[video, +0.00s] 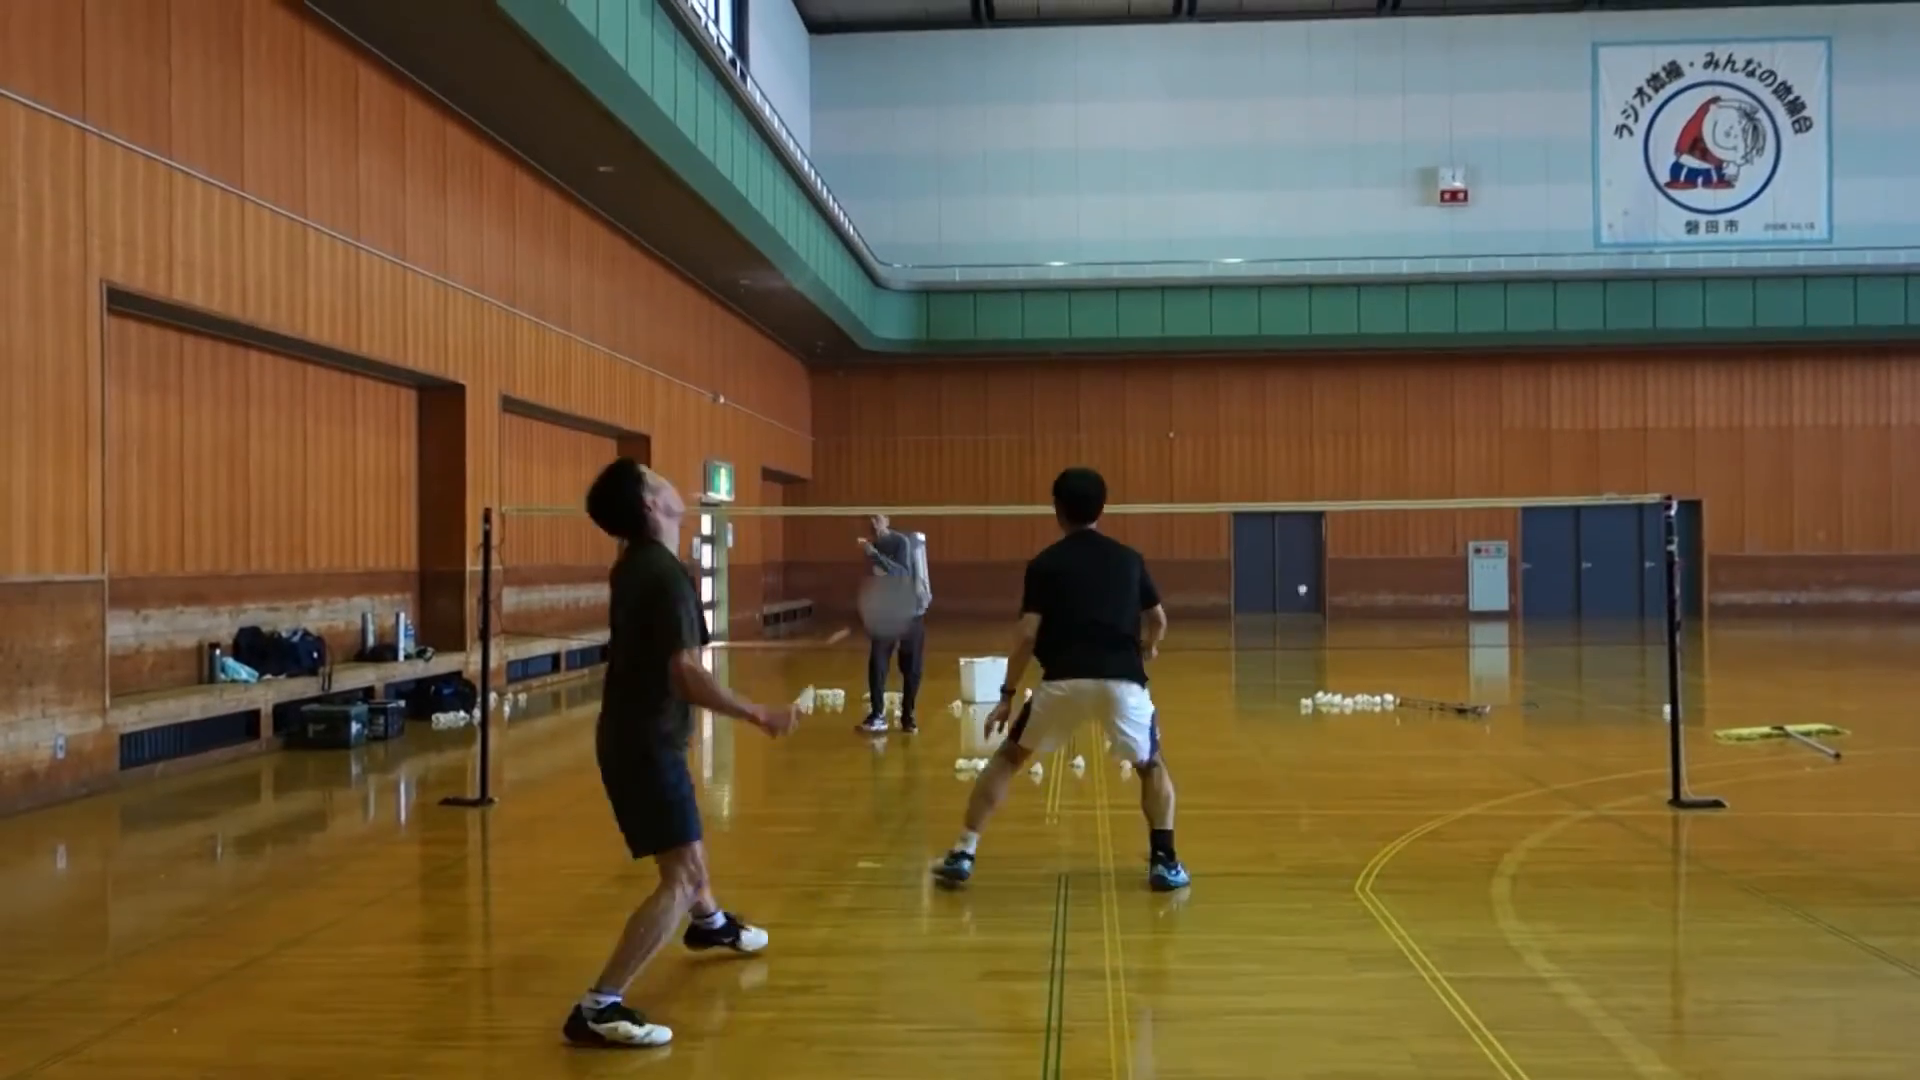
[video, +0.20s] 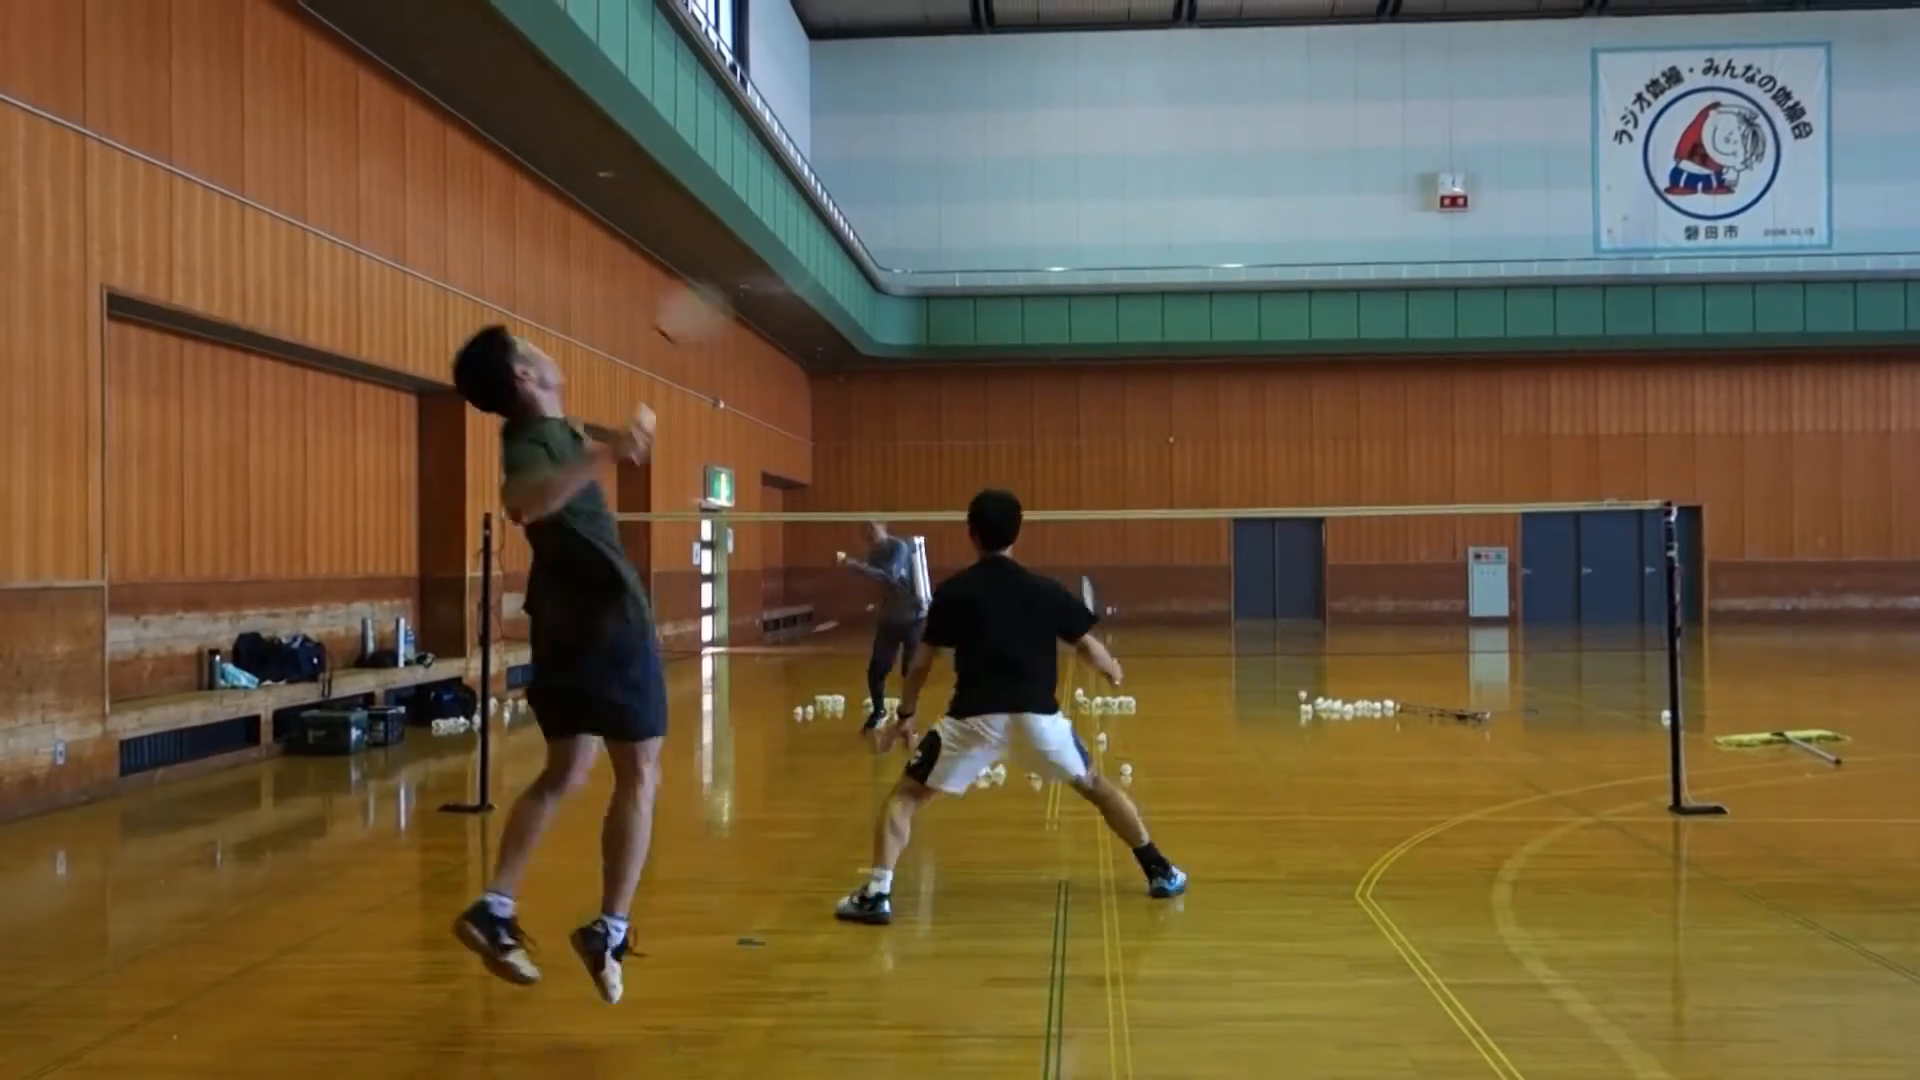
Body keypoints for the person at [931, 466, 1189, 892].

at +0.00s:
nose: (1059, 509)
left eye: (1057, 503)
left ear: (1058, 508)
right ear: (1102, 509)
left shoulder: (1044, 564)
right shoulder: (1128, 559)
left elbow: (1027, 634)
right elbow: (1155, 619)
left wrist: (1007, 694)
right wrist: (1141, 658)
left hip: (1063, 680)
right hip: (1122, 680)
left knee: (1008, 759)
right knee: (1152, 766)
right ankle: (1164, 862)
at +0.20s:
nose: (973, 531)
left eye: (972, 525)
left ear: (972, 533)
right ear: (1017, 533)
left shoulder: (954, 591)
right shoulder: (1044, 590)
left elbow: (922, 660)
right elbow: (1087, 645)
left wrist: (906, 713)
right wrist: (1110, 667)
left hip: (975, 719)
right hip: (1039, 718)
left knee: (907, 796)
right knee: (1098, 789)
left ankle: (876, 892)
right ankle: (1159, 870)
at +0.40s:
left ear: (898, 509)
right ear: (943, 506)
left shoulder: (880, 565)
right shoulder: (969, 555)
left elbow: (839, 622)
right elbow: (1025, 603)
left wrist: (821, 663)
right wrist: (1051, 635)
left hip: (908, 682)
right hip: (970, 673)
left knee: (866, 772)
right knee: (1014, 756)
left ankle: (852, 869)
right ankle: (1038, 855)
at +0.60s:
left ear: (853, 538)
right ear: (899, 538)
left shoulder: (837, 587)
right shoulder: (922, 584)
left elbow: (798, 650)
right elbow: (964, 644)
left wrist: (779, 716)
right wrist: (990, 692)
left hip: (858, 707)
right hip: (923, 702)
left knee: (799, 789)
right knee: (975, 782)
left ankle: (745, 874)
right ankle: (993, 882)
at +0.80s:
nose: (924, 600)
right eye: (918, 594)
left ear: (868, 600)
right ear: (906, 601)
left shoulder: (841, 647)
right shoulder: (924, 648)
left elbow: (814, 712)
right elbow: (956, 727)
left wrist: (790, 762)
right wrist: (970, 776)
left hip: (837, 768)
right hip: (905, 766)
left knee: (781, 820)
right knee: (967, 786)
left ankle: (725, 892)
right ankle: (987, 884)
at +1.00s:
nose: (930, 564)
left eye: (934, 557)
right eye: (932, 556)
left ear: (949, 561)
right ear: (978, 563)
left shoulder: (918, 611)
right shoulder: (1008, 609)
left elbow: (871, 672)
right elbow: (1056, 652)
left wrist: (844, 713)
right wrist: (1088, 701)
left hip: (921, 723)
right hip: (984, 727)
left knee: (853, 794)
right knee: (990, 783)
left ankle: (793, 880)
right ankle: (989, 878)